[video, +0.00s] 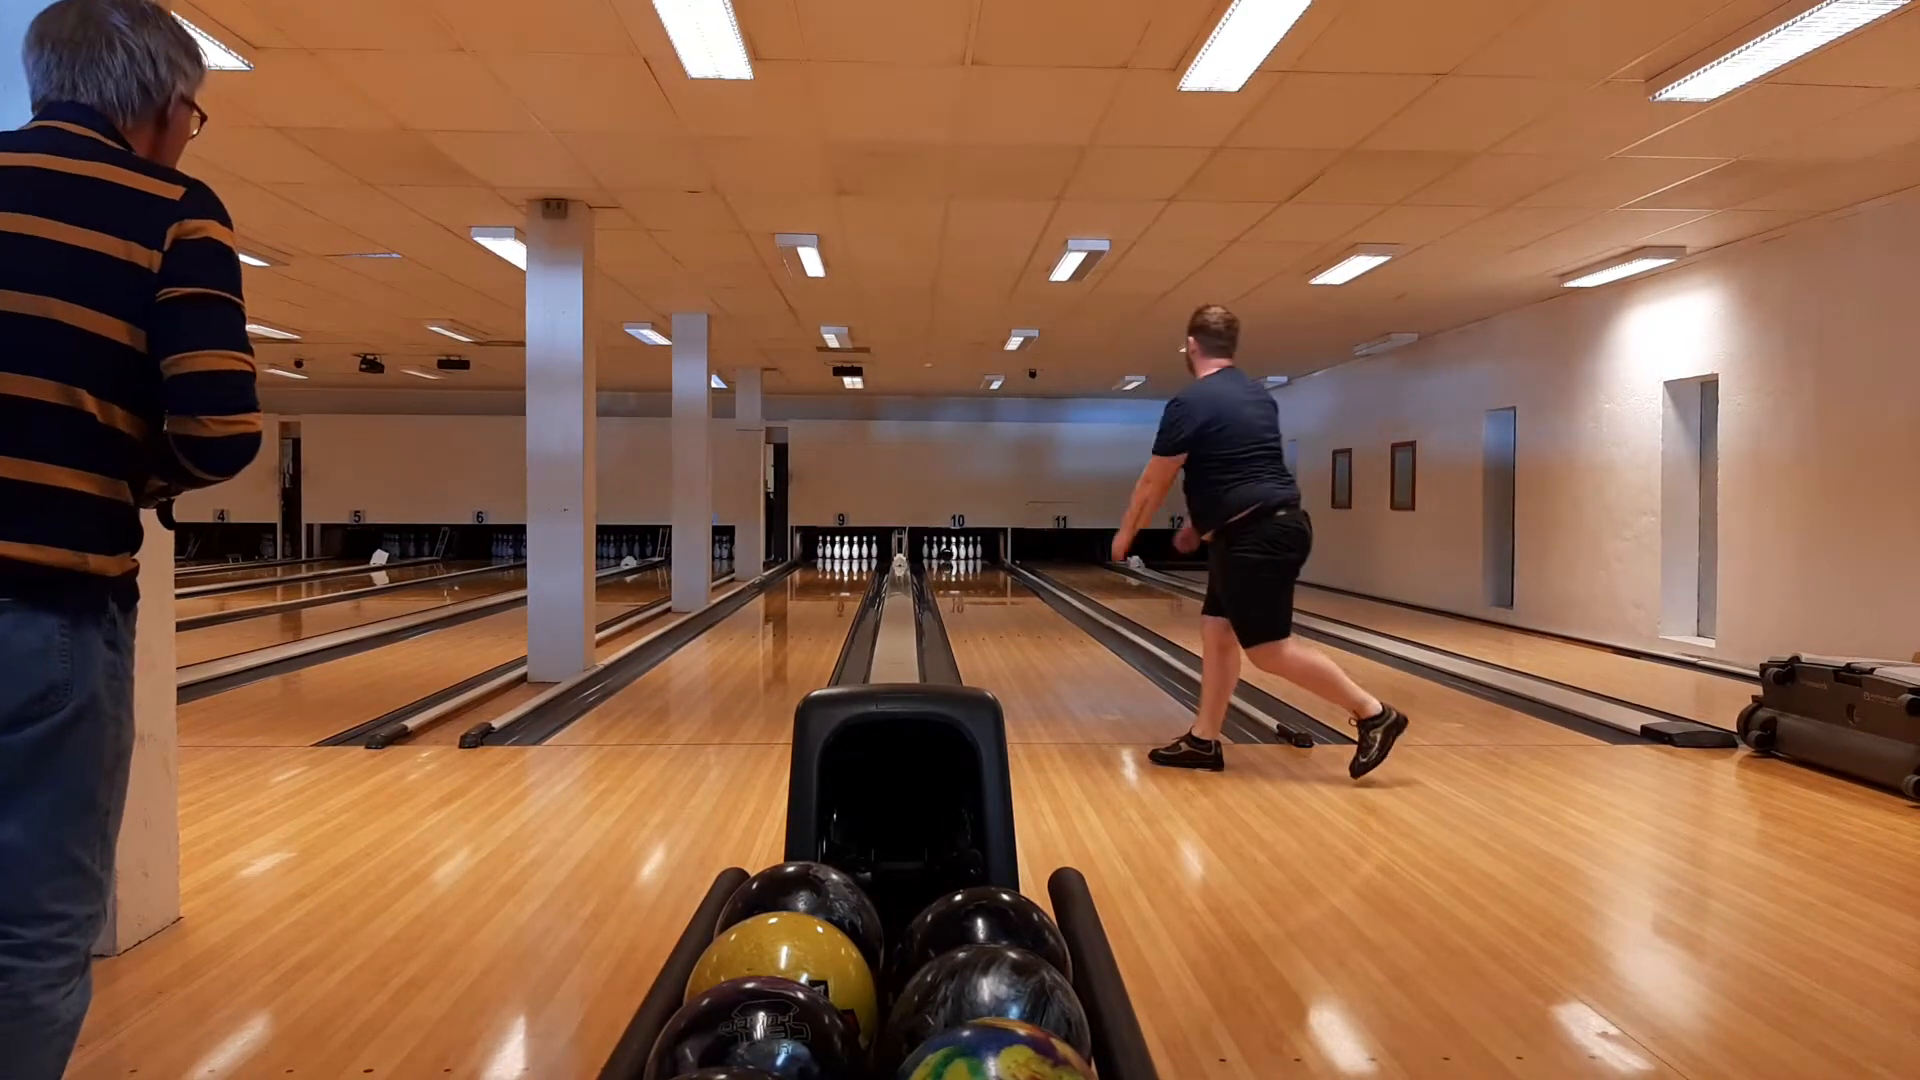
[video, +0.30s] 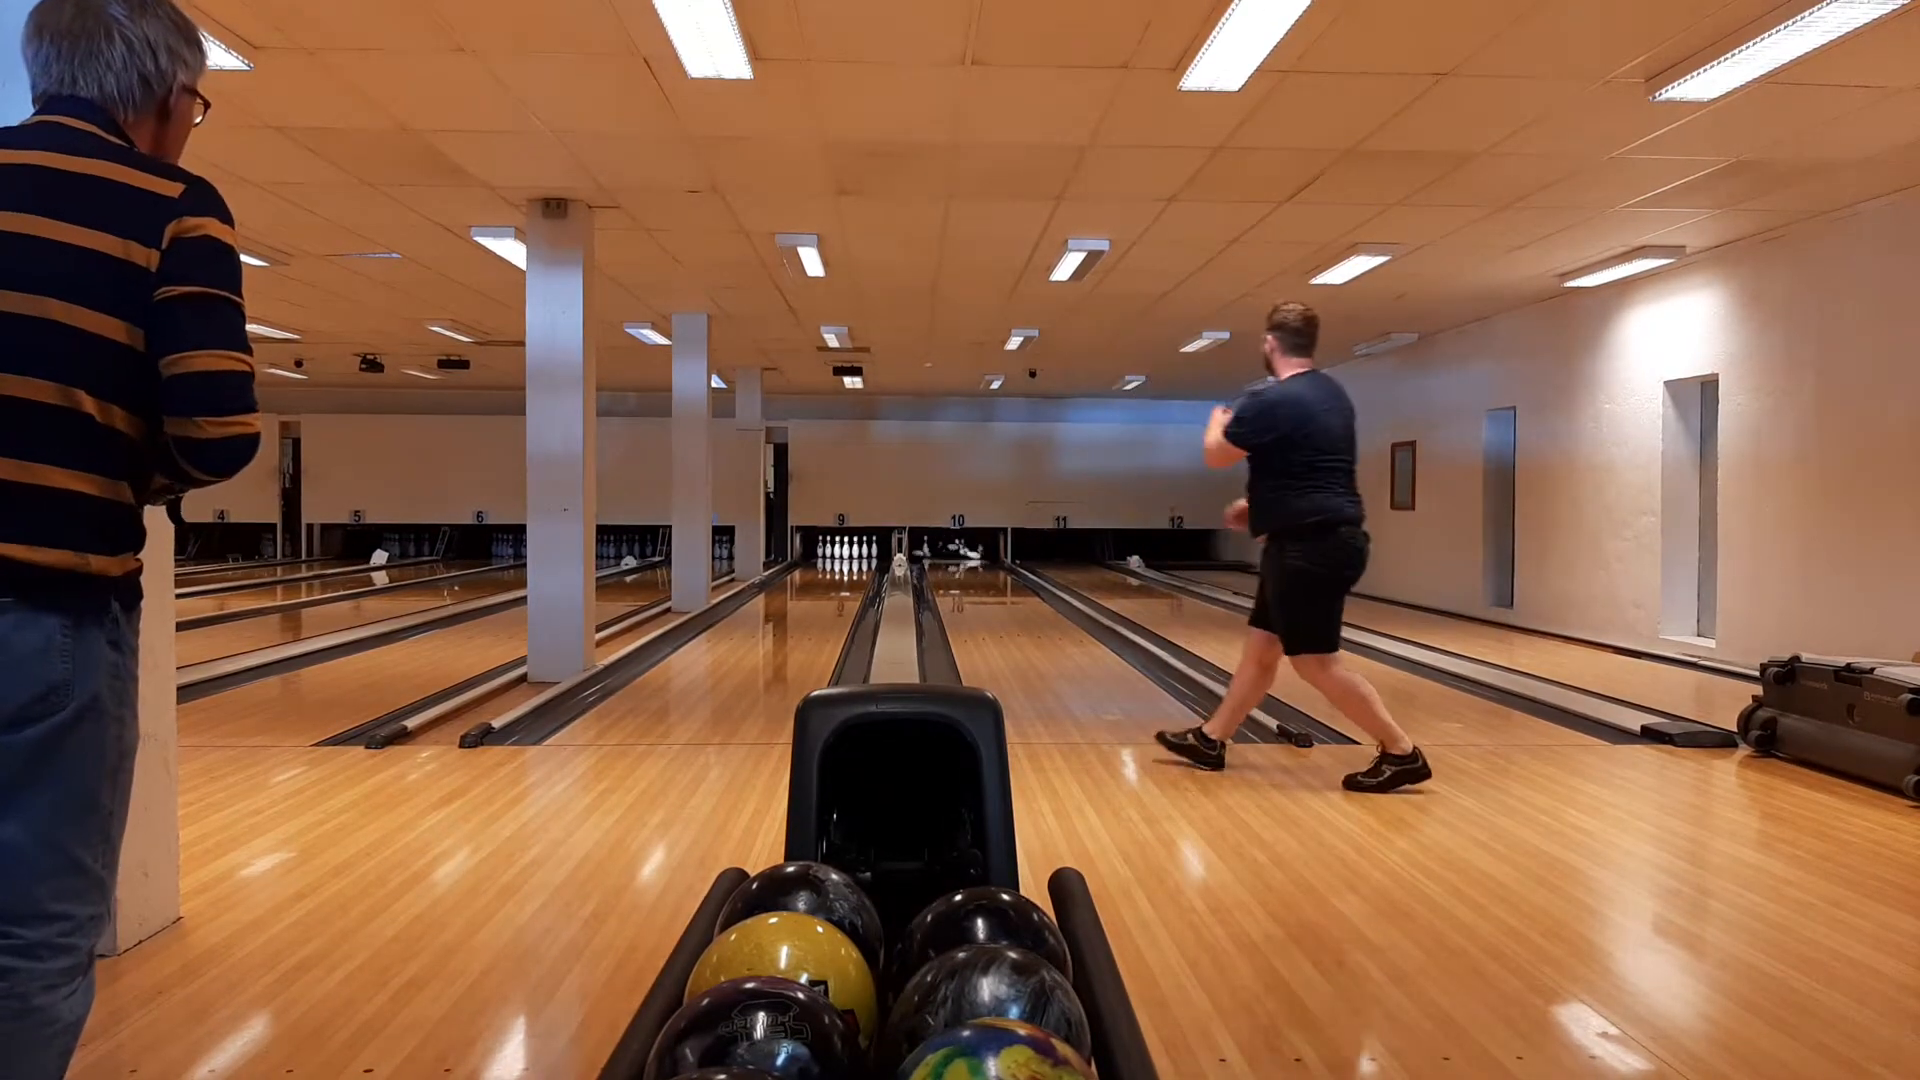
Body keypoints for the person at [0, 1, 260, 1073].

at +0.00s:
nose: (189, 136)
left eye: (193, 115)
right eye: (189, 113)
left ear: (47, 93)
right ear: (153, 107)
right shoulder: (173, 207)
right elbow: (222, 434)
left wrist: (131, 465)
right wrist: (127, 470)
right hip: (47, 610)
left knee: (32, 925)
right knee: (38, 937)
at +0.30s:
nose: (192, 131)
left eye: (196, 110)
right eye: (193, 107)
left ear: (47, 83)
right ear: (158, 100)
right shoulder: (172, 205)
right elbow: (221, 435)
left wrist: (140, 460)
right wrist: (136, 469)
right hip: (49, 611)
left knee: (30, 928)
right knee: (39, 944)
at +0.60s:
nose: (194, 125)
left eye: (196, 104)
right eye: (194, 102)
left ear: (49, 84)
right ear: (163, 101)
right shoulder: (178, 205)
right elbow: (233, 434)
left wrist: (153, 462)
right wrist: (143, 469)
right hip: (54, 614)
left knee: (32, 926)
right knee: (40, 942)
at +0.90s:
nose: (195, 133)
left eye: (199, 116)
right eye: (198, 113)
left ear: (52, 92)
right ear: (169, 108)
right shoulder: (179, 208)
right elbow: (232, 433)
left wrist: (162, 459)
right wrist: (155, 467)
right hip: (53, 611)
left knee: (31, 924)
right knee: (39, 938)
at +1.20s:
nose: (195, 141)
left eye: (199, 122)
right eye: (197, 119)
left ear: (55, 96)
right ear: (170, 112)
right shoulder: (176, 209)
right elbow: (222, 431)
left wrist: (155, 467)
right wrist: (151, 478)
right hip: (57, 613)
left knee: (24, 908)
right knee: (69, 924)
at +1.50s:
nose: (186, 128)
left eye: (189, 109)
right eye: (188, 107)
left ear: (44, 84)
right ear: (161, 101)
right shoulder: (169, 206)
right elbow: (230, 431)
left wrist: (155, 465)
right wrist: (149, 476)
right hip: (55, 614)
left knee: (35, 919)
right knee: (48, 933)